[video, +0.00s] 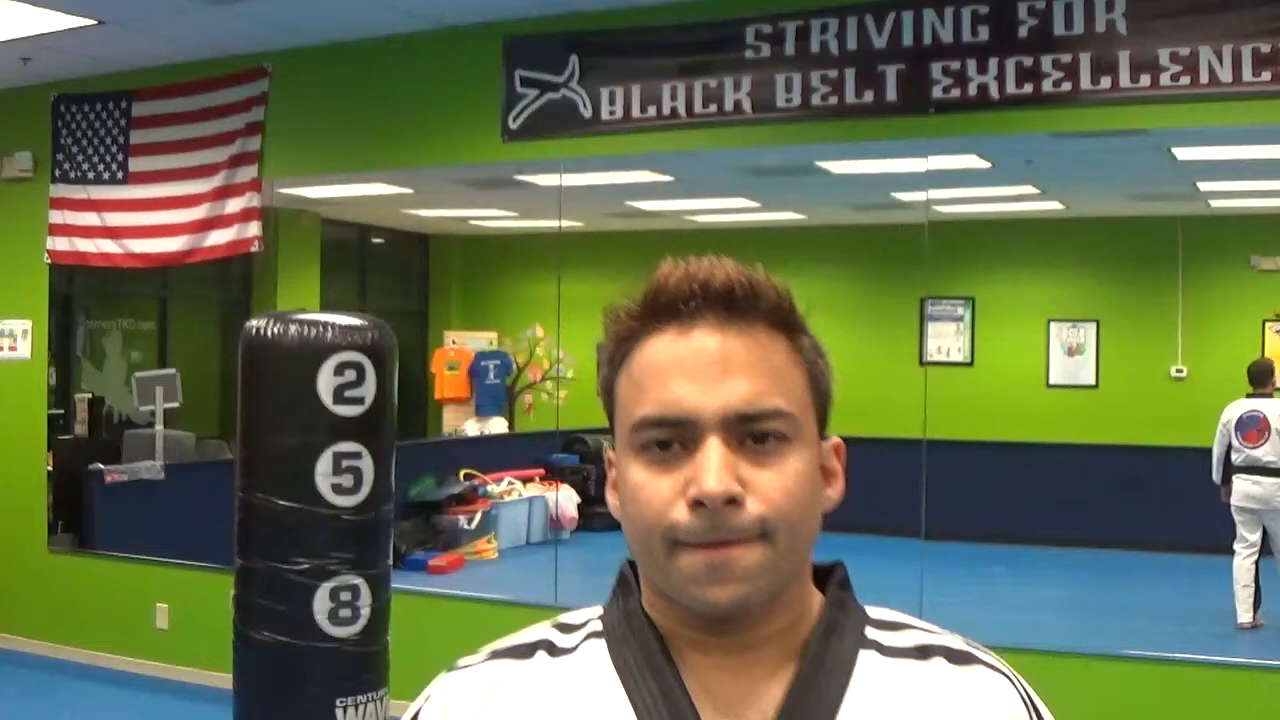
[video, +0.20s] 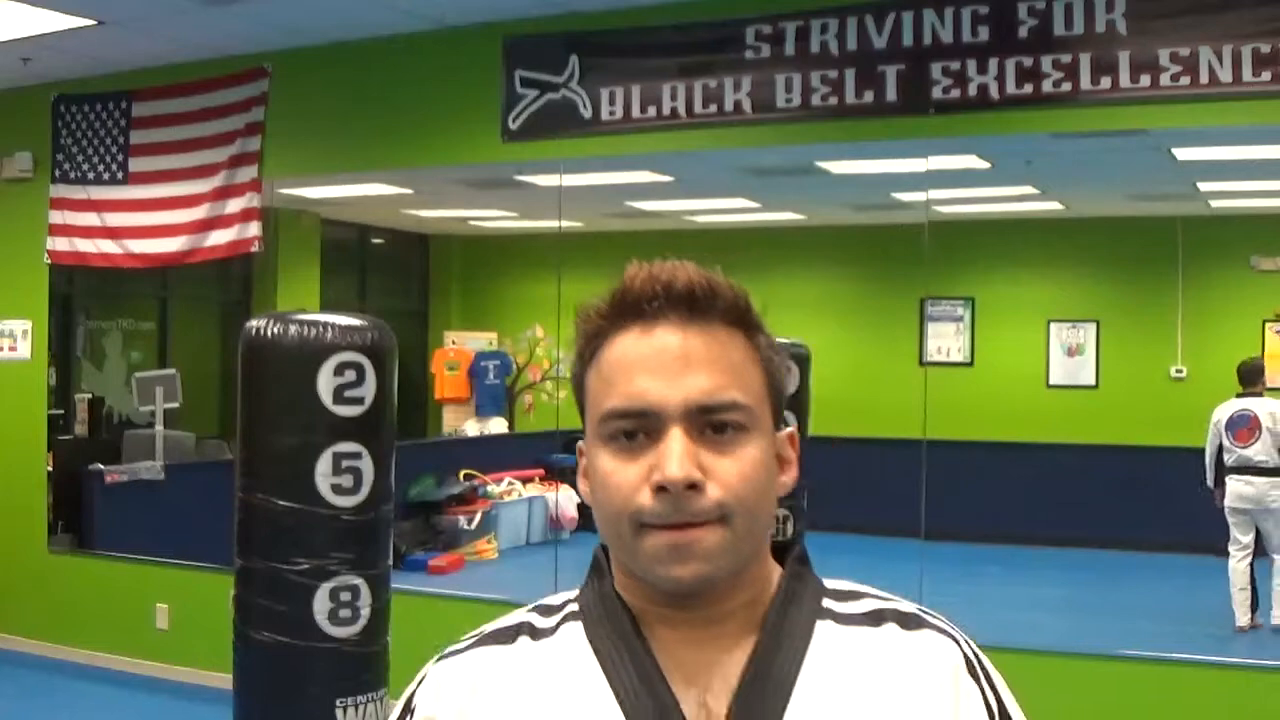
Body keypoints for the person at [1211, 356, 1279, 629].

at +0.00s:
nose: (1277, 379)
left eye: (1274, 375)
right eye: (1276, 376)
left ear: (1250, 380)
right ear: (1273, 381)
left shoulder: (1233, 409)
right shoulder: (1277, 407)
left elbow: (1219, 450)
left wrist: (1220, 480)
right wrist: (1221, 480)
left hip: (1242, 482)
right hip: (1272, 483)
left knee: (1245, 549)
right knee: (1277, 549)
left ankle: (1245, 616)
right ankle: (1248, 613)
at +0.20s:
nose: (1267, 380)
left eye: (1263, 376)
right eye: (1265, 376)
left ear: (1239, 381)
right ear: (1263, 380)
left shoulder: (1222, 411)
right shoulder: (1274, 408)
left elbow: (1211, 454)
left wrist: (1212, 484)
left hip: (1236, 484)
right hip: (1270, 484)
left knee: (1239, 551)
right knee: (1277, 553)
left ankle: (1242, 617)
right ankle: (1277, 615)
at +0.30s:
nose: (1257, 381)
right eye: (1257, 377)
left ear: (1233, 381)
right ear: (1258, 380)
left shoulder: (1218, 412)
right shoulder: (1272, 408)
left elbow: (1207, 456)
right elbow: (1276, 447)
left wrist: (1208, 488)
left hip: (1231, 485)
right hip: (1265, 485)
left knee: (1236, 552)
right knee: (1273, 552)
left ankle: (1241, 618)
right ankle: (1263, 613)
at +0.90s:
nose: (1247, 384)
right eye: (1247, 380)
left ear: (1221, 381)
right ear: (1247, 382)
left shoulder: (1198, 409)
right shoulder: (1255, 414)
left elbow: (1185, 453)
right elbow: (1269, 462)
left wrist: (1186, 487)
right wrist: (1276, 503)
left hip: (1203, 491)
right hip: (1236, 495)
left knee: (1212, 559)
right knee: (1231, 561)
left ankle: (1231, 615)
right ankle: (1216, 629)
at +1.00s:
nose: (1244, 380)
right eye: (1244, 376)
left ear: (1217, 379)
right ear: (1243, 379)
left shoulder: (1195, 408)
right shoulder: (1251, 412)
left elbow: (1181, 451)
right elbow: (1265, 459)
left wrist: (1181, 484)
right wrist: (1271, 500)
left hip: (1197, 491)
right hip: (1230, 495)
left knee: (1199, 556)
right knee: (1224, 560)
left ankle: (1200, 623)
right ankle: (1214, 628)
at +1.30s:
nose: (1223, 381)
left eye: (1219, 377)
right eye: (1222, 378)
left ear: (1195, 381)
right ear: (1221, 381)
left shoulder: (1175, 411)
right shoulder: (1228, 417)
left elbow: (1166, 455)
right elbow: (1248, 465)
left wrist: (1169, 486)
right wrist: (1267, 503)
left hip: (1180, 492)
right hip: (1213, 497)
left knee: (1175, 552)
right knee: (1212, 564)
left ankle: (1151, 612)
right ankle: (1212, 631)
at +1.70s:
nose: (1180, 382)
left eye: (1178, 378)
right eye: (1179, 378)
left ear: (1151, 383)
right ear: (1175, 381)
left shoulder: (1132, 416)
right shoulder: (1187, 414)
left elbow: (1127, 464)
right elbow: (1206, 460)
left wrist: (1131, 494)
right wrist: (1221, 496)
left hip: (1141, 496)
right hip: (1176, 498)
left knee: (1142, 564)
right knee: (1192, 565)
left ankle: (1139, 637)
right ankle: (1203, 629)